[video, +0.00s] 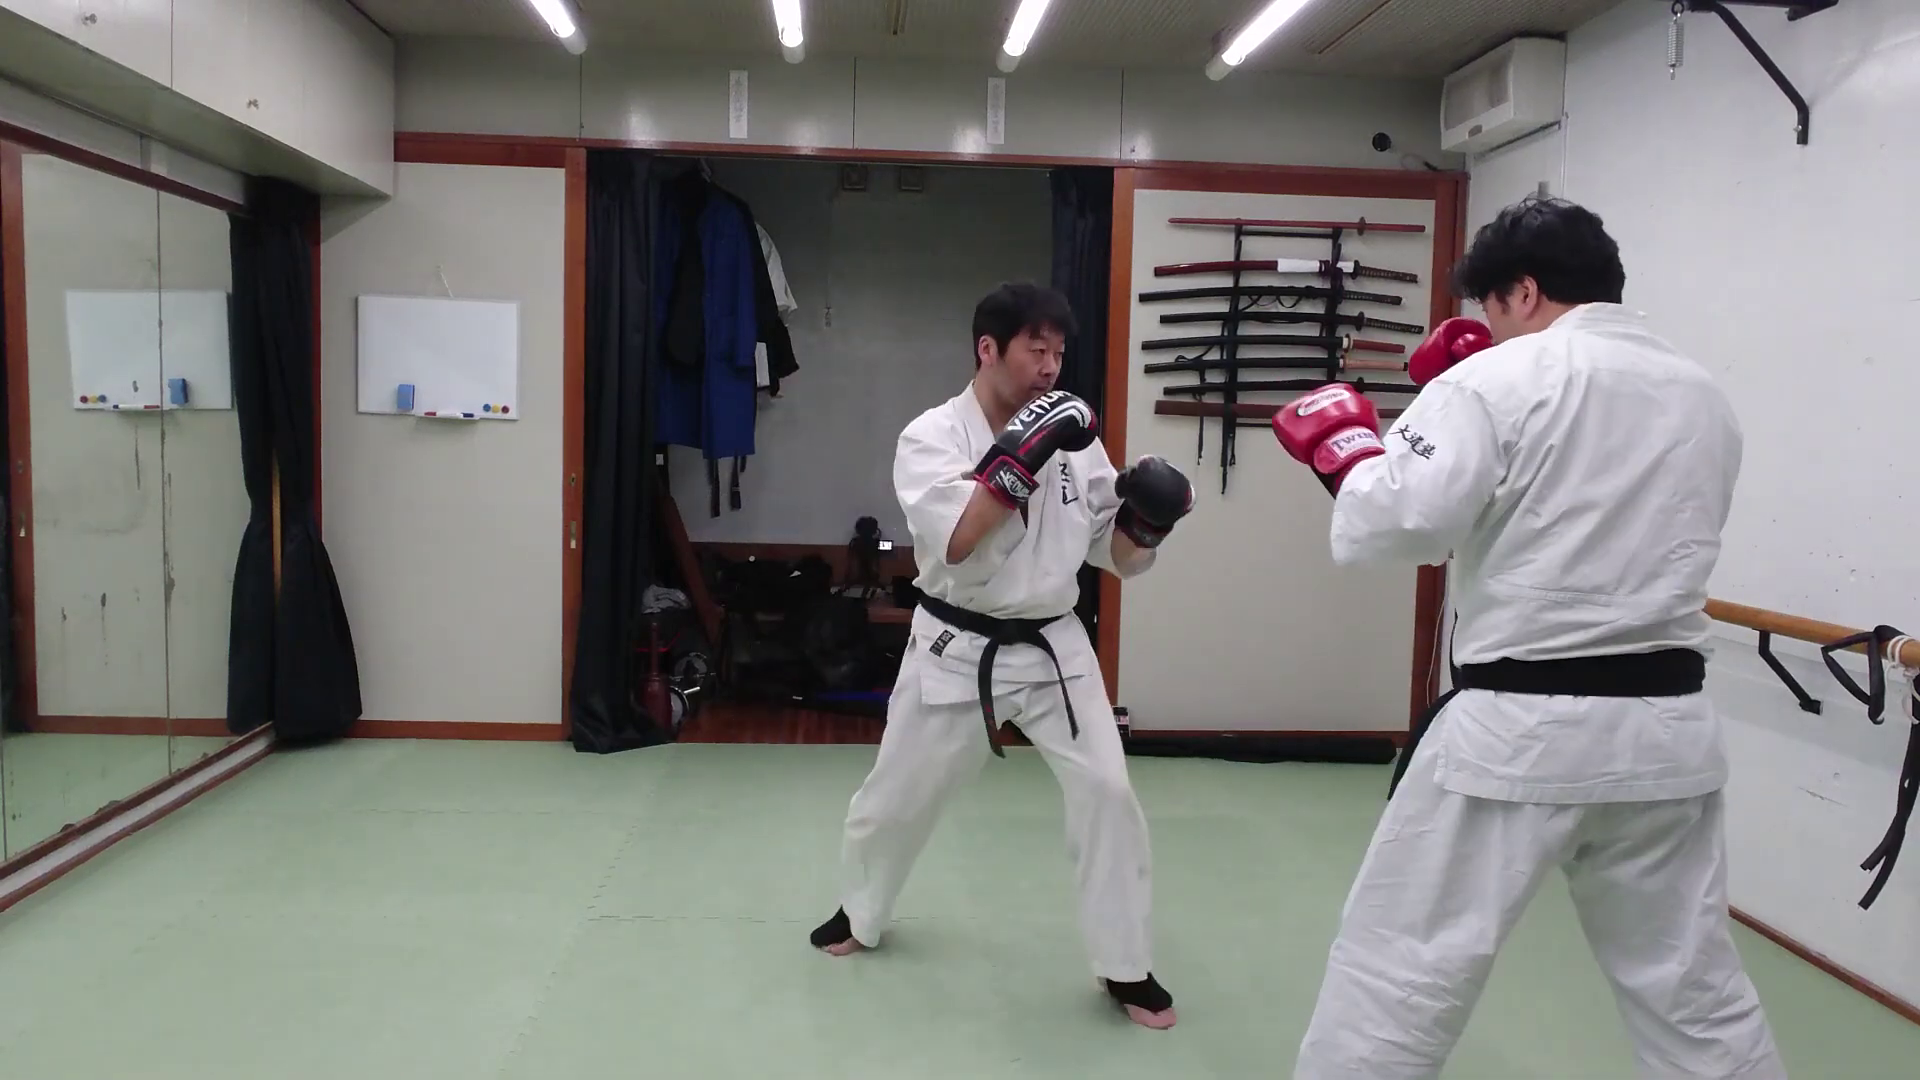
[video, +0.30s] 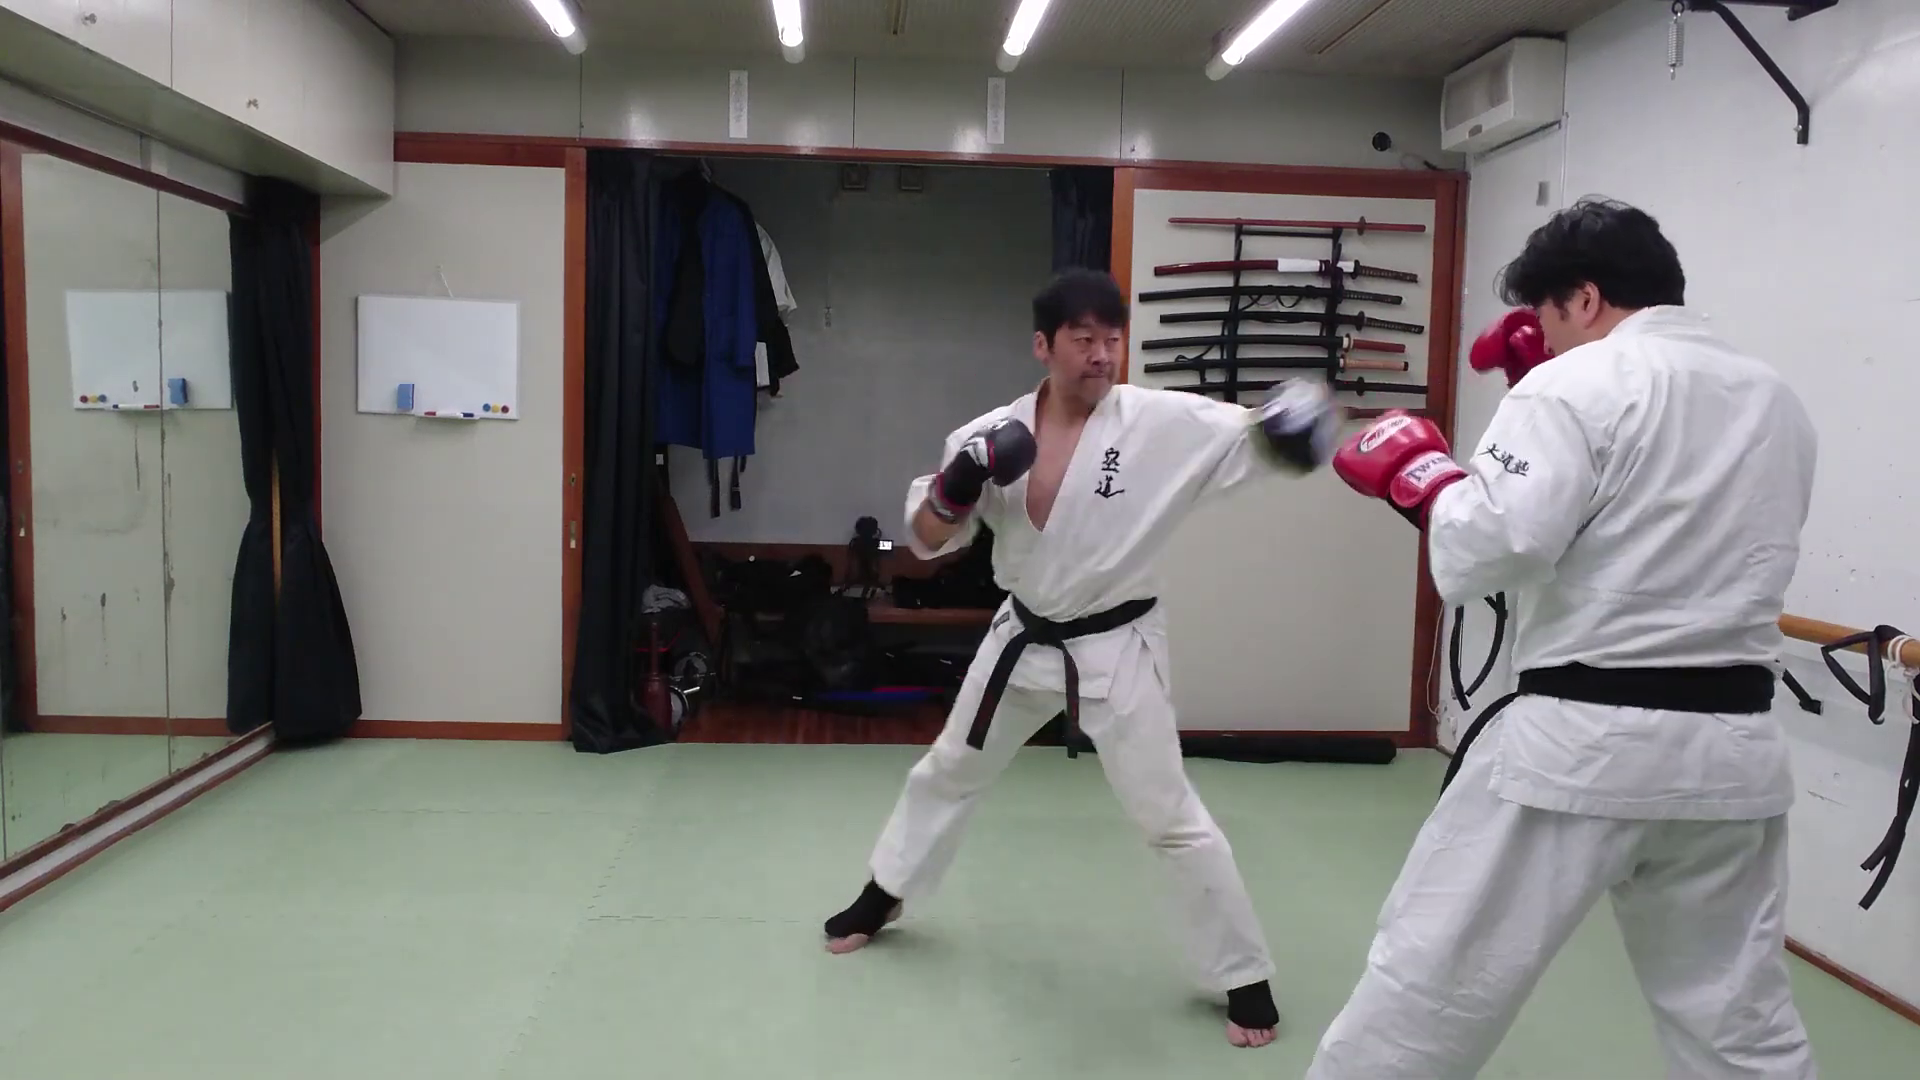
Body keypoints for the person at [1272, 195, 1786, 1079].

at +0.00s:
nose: (1488, 331)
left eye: (1489, 308)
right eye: (1483, 312)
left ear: (1528, 291)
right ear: (1606, 286)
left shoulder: (1494, 386)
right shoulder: (1706, 397)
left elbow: (1394, 516)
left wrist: (1350, 449)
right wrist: (1485, 383)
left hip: (1516, 731)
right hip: (1671, 730)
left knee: (1393, 988)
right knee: (1698, 998)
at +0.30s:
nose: (1543, 337)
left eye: (1545, 315)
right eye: (1538, 319)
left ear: (1591, 300)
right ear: (1672, 291)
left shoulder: (1573, 386)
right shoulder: (1779, 402)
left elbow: (1496, 542)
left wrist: (1420, 473)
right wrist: (1566, 359)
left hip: (1574, 755)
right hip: (1735, 764)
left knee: (1418, 1003)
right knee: (1744, 1028)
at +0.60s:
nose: (1488, 326)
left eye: (1490, 301)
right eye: (1483, 304)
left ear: (1543, 288)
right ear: (1560, 285)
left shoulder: (1613, 408)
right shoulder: (1646, 375)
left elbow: (1464, 520)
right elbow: (1564, 480)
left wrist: (1378, 442)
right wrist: (1469, 451)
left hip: (1560, 760)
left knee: (1421, 966)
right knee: (1437, 784)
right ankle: (1621, 934)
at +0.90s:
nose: (1441, 339)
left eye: (1442, 318)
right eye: (1436, 319)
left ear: (1491, 315)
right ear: (1566, 296)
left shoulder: (1595, 440)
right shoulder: (1568, 393)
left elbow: (1452, 596)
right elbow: (1478, 527)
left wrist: (1363, 495)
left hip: (1513, 761)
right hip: (1463, 689)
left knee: (1392, 982)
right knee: (1324, 692)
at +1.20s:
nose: (1435, 296)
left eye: (1433, 272)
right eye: (1431, 274)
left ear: (1467, 269)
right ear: (1559, 254)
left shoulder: (1530, 387)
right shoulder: (1630, 369)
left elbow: (1565, 578)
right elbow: (1576, 503)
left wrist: (1406, 579)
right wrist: (1435, 439)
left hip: (1502, 758)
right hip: (1618, 741)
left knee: (1414, 1016)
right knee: (1611, 971)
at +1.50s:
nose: (1298, 340)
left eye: (1298, 319)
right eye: (1297, 320)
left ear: (1324, 323)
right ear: (1448, 306)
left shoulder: (1366, 446)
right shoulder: (1568, 410)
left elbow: (1227, 619)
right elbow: (1631, 572)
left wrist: (1192, 529)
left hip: (1434, 822)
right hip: (1597, 801)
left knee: (1258, 1018)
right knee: (1620, 1019)